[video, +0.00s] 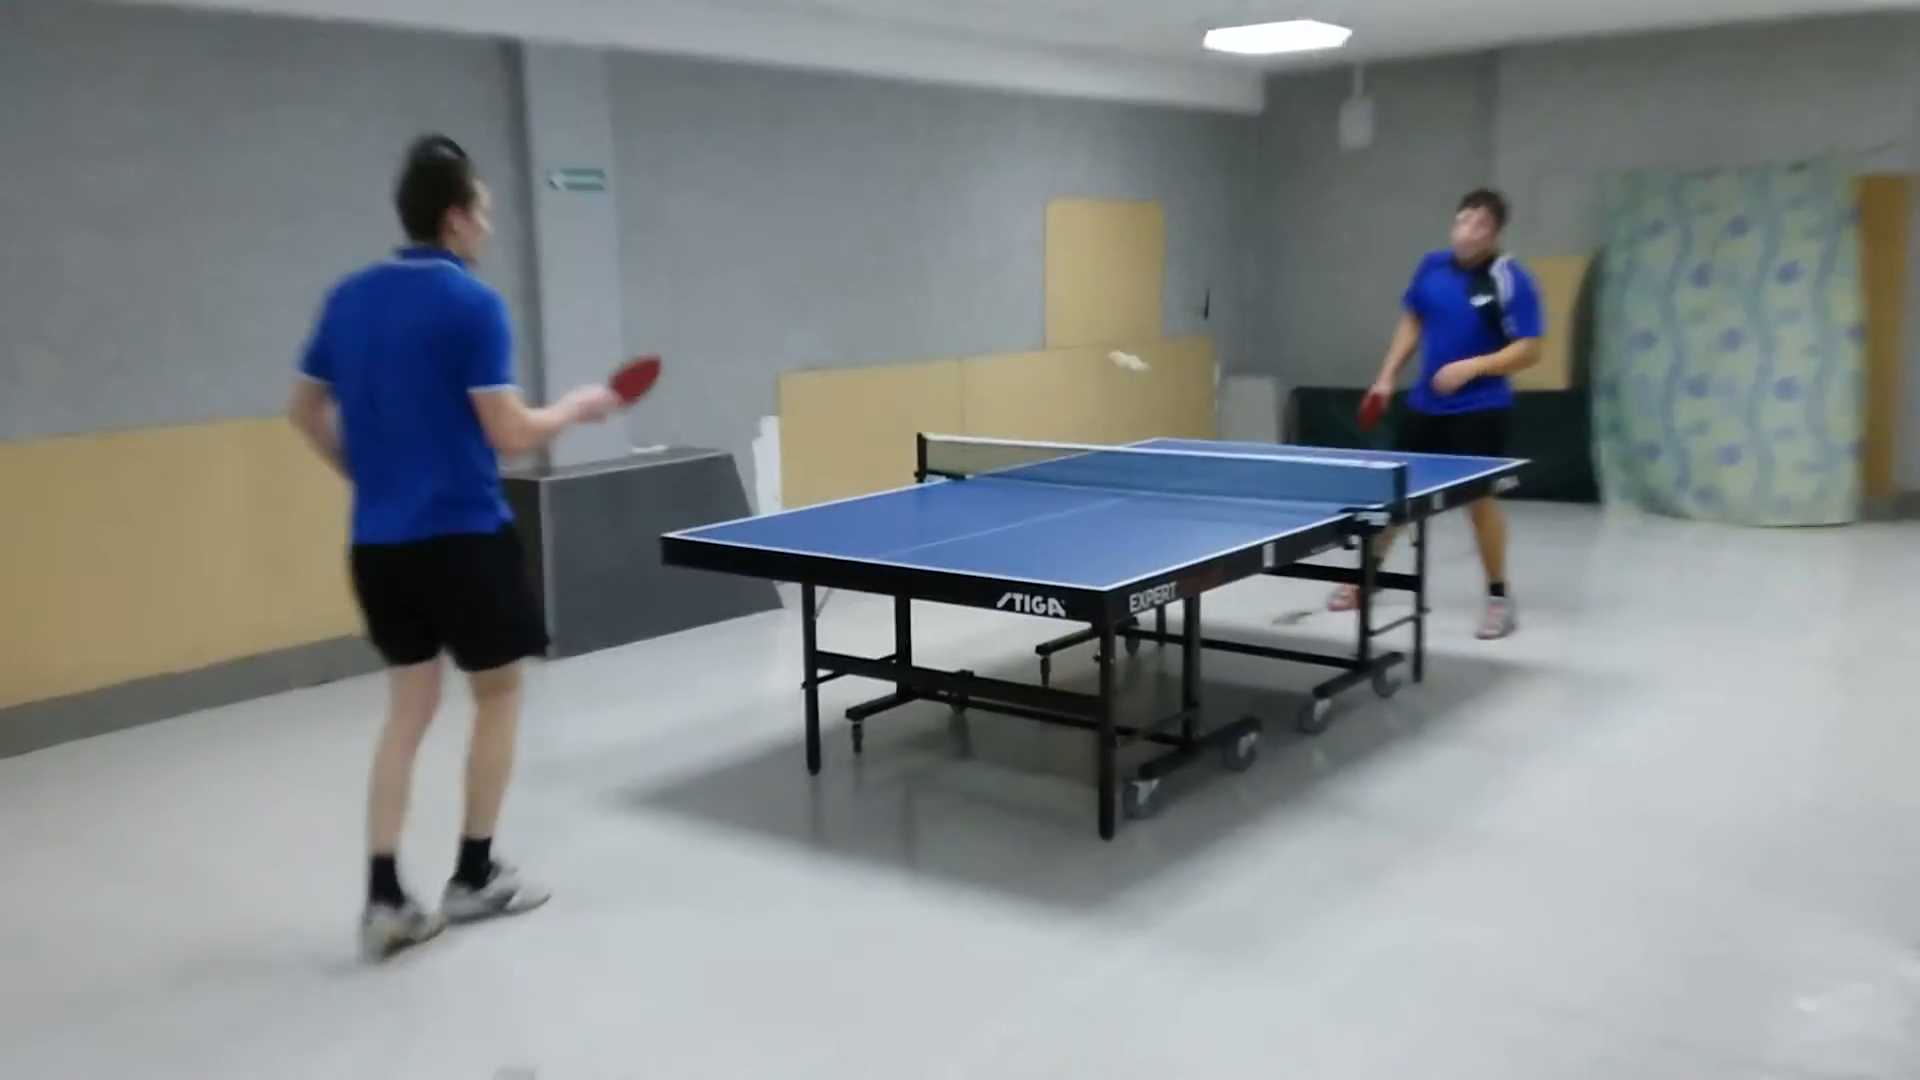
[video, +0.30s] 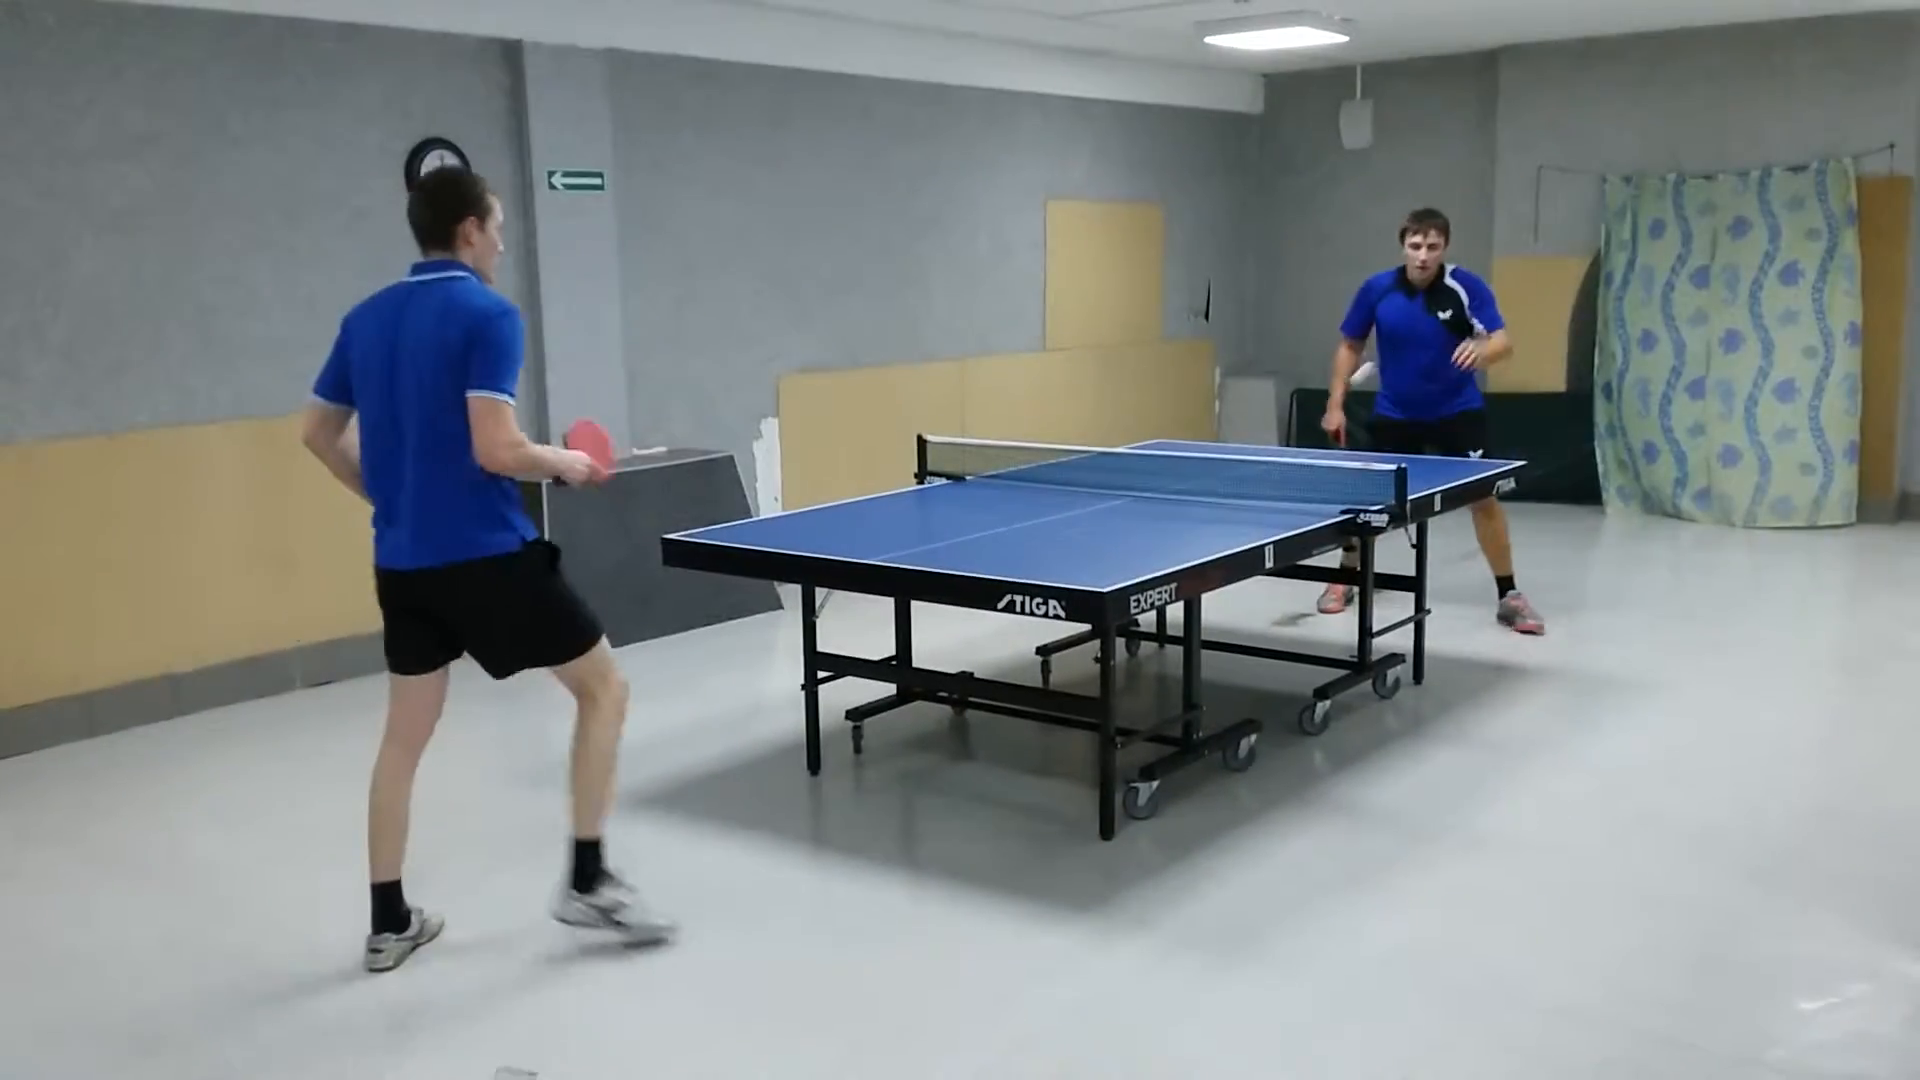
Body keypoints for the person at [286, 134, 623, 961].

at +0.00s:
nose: (488, 223)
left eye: (484, 208)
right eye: (481, 209)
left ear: (413, 215)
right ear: (456, 214)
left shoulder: (349, 297)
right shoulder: (472, 303)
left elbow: (305, 408)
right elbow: (510, 433)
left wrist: (363, 472)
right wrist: (578, 407)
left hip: (380, 543)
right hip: (467, 537)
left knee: (411, 698)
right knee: (498, 693)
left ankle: (383, 896)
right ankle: (475, 874)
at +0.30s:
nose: (502, 242)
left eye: (500, 228)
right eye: (498, 228)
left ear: (425, 235)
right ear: (471, 231)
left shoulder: (368, 316)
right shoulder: (487, 311)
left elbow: (320, 433)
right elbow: (497, 449)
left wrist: (383, 494)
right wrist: (567, 462)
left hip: (403, 564)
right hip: (489, 555)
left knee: (403, 734)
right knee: (603, 690)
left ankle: (388, 921)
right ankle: (588, 881)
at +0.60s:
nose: (592, 249)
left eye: (586, 235)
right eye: (588, 238)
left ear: (515, 251)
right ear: (575, 248)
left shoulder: (457, 327)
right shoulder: (599, 349)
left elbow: (395, 437)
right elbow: (612, 495)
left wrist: (453, 504)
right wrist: (658, 512)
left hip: (467, 578)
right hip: (557, 581)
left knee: (477, 710)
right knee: (632, 738)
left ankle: (400, 891)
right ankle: (624, 941)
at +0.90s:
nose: (662, 281)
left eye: (657, 268)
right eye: (660, 269)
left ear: (586, 268)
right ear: (645, 275)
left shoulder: (515, 320)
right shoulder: (636, 377)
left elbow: (432, 410)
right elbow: (627, 523)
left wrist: (479, 482)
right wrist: (701, 531)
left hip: (468, 568)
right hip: (549, 585)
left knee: (474, 686)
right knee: (634, 737)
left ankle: (432, 838)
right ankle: (622, 941)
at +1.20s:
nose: (691, 358)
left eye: (689, 344)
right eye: (688, 345)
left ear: (623, 343)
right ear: (667, 349)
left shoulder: (547, 369)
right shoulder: (631, 425)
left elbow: (451, 441)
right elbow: (607, 565)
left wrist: (525, 484)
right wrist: (686, 582)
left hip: (431, 565)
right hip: (499, 579)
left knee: (476, 682)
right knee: (618, 723)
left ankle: (444, 833)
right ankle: (634, 922)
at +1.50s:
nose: (695, 387)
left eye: (693, 374)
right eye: (693, 375)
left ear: (628, 367)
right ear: (673, 377)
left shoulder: (550, 391)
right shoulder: (637, 444)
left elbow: (445, 457)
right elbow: (601, 579)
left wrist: (502, 522)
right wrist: (664, 606)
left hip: (429, 572)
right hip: (499, 590)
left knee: (474, 691)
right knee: (610, 736)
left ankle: (446, 846)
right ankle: (638, 936)